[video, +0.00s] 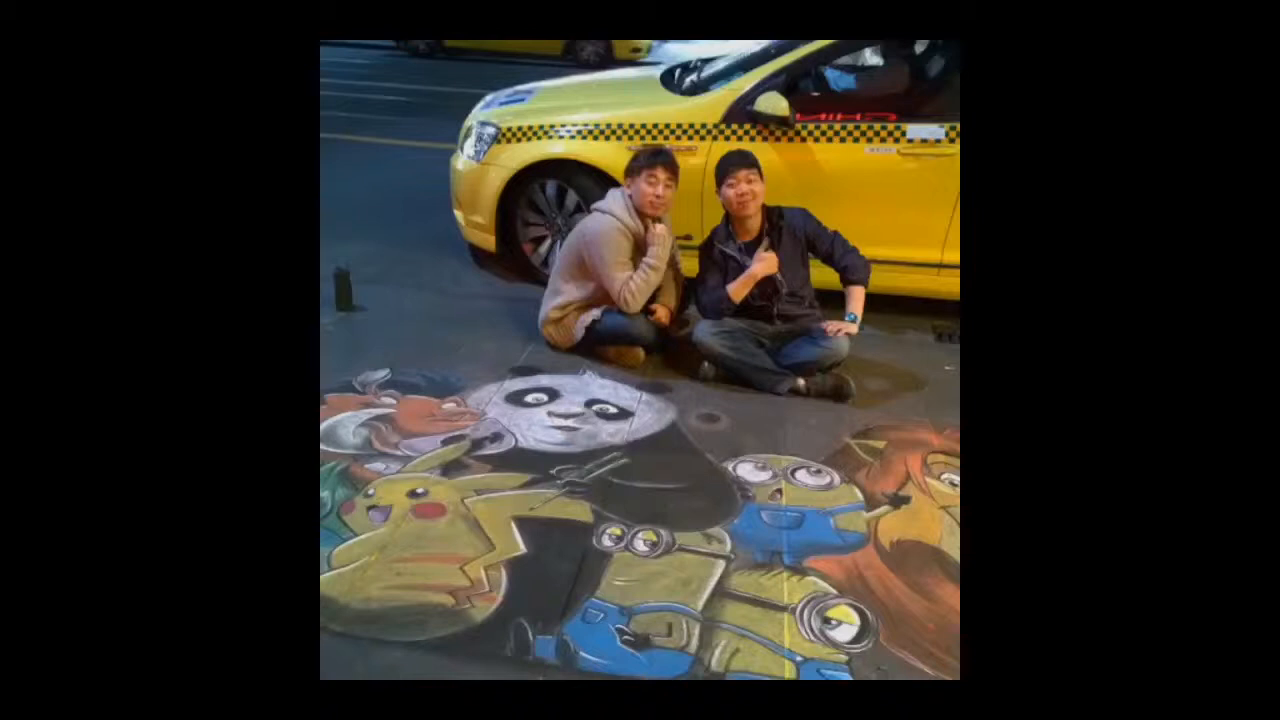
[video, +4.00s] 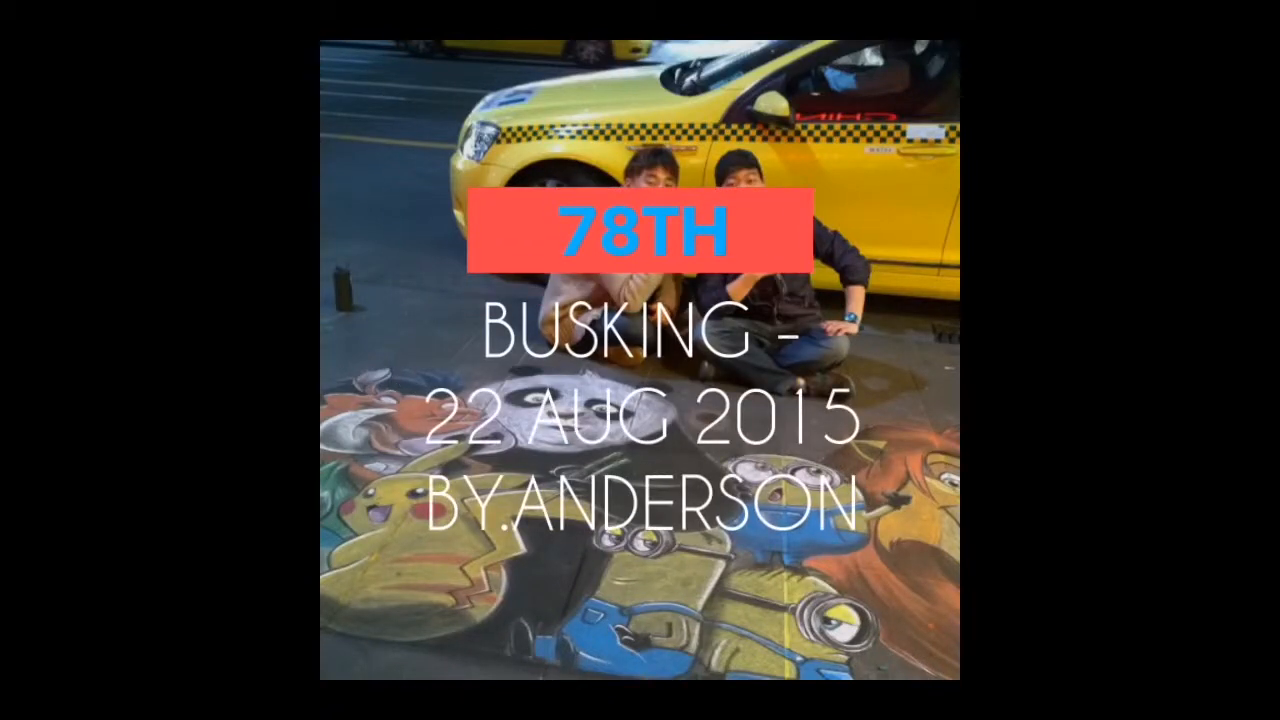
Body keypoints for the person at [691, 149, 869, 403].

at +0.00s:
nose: (743, 191)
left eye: (750, 181)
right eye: (732, 185)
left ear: (763, 187)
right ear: (720, 195)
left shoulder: (794, 222)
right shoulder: (714, 246)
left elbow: (853, 261)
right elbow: (709, 309)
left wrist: (852, 319)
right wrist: (753, 274)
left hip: (799, 328)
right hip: (746, 328)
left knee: (837, 344)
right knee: (704, 333)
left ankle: (733, 373)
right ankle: (798, 386)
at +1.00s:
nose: (743, 191)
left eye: (750, 181)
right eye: (732, 185)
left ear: (763, 187)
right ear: (720, 195)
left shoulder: (795, 222)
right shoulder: (714, 246)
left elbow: (853, 262)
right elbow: (709, 309)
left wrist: (851, 319)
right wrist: (753, 274)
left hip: (799, 327)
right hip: (747, 327)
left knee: (837, 344)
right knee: (704, 334)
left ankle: (732, 372)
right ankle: (799, 386)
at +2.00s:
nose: (743, 191)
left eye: (750, 181)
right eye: (732, 185)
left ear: (763, 187)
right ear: (720, 195)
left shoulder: (795, 222)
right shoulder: (713, 246)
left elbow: (853, 262)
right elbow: (708, 308)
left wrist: (851, 319)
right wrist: (753, 274)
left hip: (799, 326)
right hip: (745, 332)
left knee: (837, 345)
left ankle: (753, 375)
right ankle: (813, 385)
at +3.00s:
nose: (743, 190)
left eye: (750, 181)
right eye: (732, 184)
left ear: (763, 185)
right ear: (721, 192)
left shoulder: (792, 221)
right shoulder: (716, 230)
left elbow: (853, 262)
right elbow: (708, 304)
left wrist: (851, 319)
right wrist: (751, 276)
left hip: (800, 324)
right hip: (747, 323)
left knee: (837, 345)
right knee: (708, 334)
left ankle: (732, 370)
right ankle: (799, 386)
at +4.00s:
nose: (743, 190)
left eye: (750, 181)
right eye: (732, 184)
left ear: (763, 184)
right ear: (721, 192)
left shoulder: (791, 220)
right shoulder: (716, 230)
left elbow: (853, 262)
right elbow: (707, 303)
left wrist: (851, 319)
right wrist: (751, 276)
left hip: (800, 325)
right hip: (747, 324)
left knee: (837, 345)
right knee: (708, 333)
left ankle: (732, 371)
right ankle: (798, 386)